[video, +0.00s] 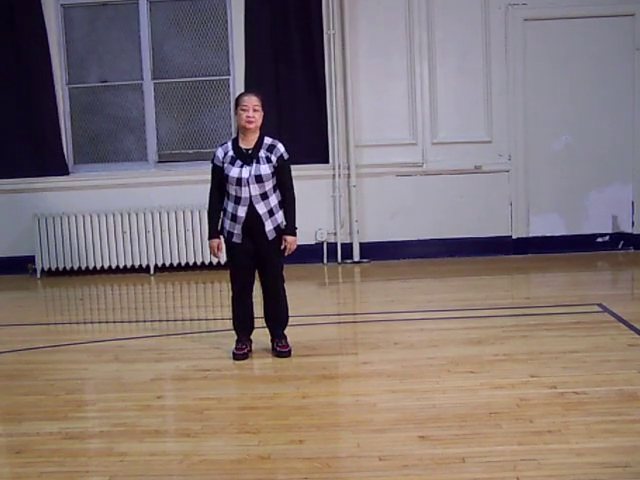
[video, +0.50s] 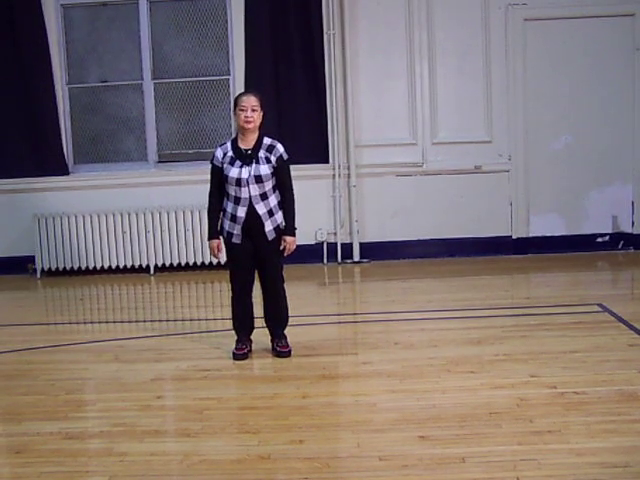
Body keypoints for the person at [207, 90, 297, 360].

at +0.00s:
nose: (250, 114)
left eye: (255, 110)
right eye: (244, 109)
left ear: (262, 115)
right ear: (236, 114)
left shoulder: (275, 149)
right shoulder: (223, 153)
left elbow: (287, 192)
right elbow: (216, 196)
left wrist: (290, 229)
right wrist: (214, 232)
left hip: (270, 230)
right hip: (237, 232)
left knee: (274, 284)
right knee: (241, 287)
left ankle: (279, 335)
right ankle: (243, 337)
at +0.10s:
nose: (249, 114)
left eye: (255, 109)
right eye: (244, 109)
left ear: (262, 114)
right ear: (236, 114)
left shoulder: (275, 149)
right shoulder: (223, 153)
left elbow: (287, 192)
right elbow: (215, 196)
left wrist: (290, 229)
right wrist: (214, 233)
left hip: (270, 230)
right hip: (236, 232)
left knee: (274, 285)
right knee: (241, 288)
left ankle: (279, 335)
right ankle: (243, 337)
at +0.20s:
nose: (249, 114)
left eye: (254, 109)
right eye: (243, 109)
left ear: (262, 114)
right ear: (235, 114)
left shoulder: (275, 149)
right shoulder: (223, 153)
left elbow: (287, 192)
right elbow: (215, 195)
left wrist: (290, 230)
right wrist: (214, 233)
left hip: (270, 230)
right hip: (236, 232)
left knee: (274, 285)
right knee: (241, 288)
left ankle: (279, 335)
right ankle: (243, 337)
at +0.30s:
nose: (248, 114)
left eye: (254, 109)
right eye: (243, 109)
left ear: (262, 114)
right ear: (235, 114)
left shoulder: (275, 149)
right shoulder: (223, 153)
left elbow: (287, 192)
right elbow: (215, 196)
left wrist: (290, 230)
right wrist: (214, 233)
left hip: (270, 230)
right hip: (236, 232)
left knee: (273, 285)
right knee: (241, 288)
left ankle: (279, 335)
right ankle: (243, 337)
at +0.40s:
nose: (248, 115)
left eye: (254, 110)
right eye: (243, 110)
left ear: (261, 114)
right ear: (235, 114)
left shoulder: (274, 149)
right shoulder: (222, 153)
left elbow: (287, 192)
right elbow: (215, 196)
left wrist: (290, 230)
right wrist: (214, 233)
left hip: (270, 230)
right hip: (236, 232)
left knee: (273, 284)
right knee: (241, 287)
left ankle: (278, 334)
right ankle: (243, 337)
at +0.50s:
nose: (248, 115)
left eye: (254, 110)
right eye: (242, 110)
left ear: (261, 114)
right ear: (235, 114)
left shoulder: (274, 150)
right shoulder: (222, 153)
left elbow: (287, 193)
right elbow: (215, 196)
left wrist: (290, 230)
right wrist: (214, 233)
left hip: (270, 230)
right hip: (236, 232)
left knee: (273, 285)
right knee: (241, 288)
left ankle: (278, 334)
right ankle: (243, 337)